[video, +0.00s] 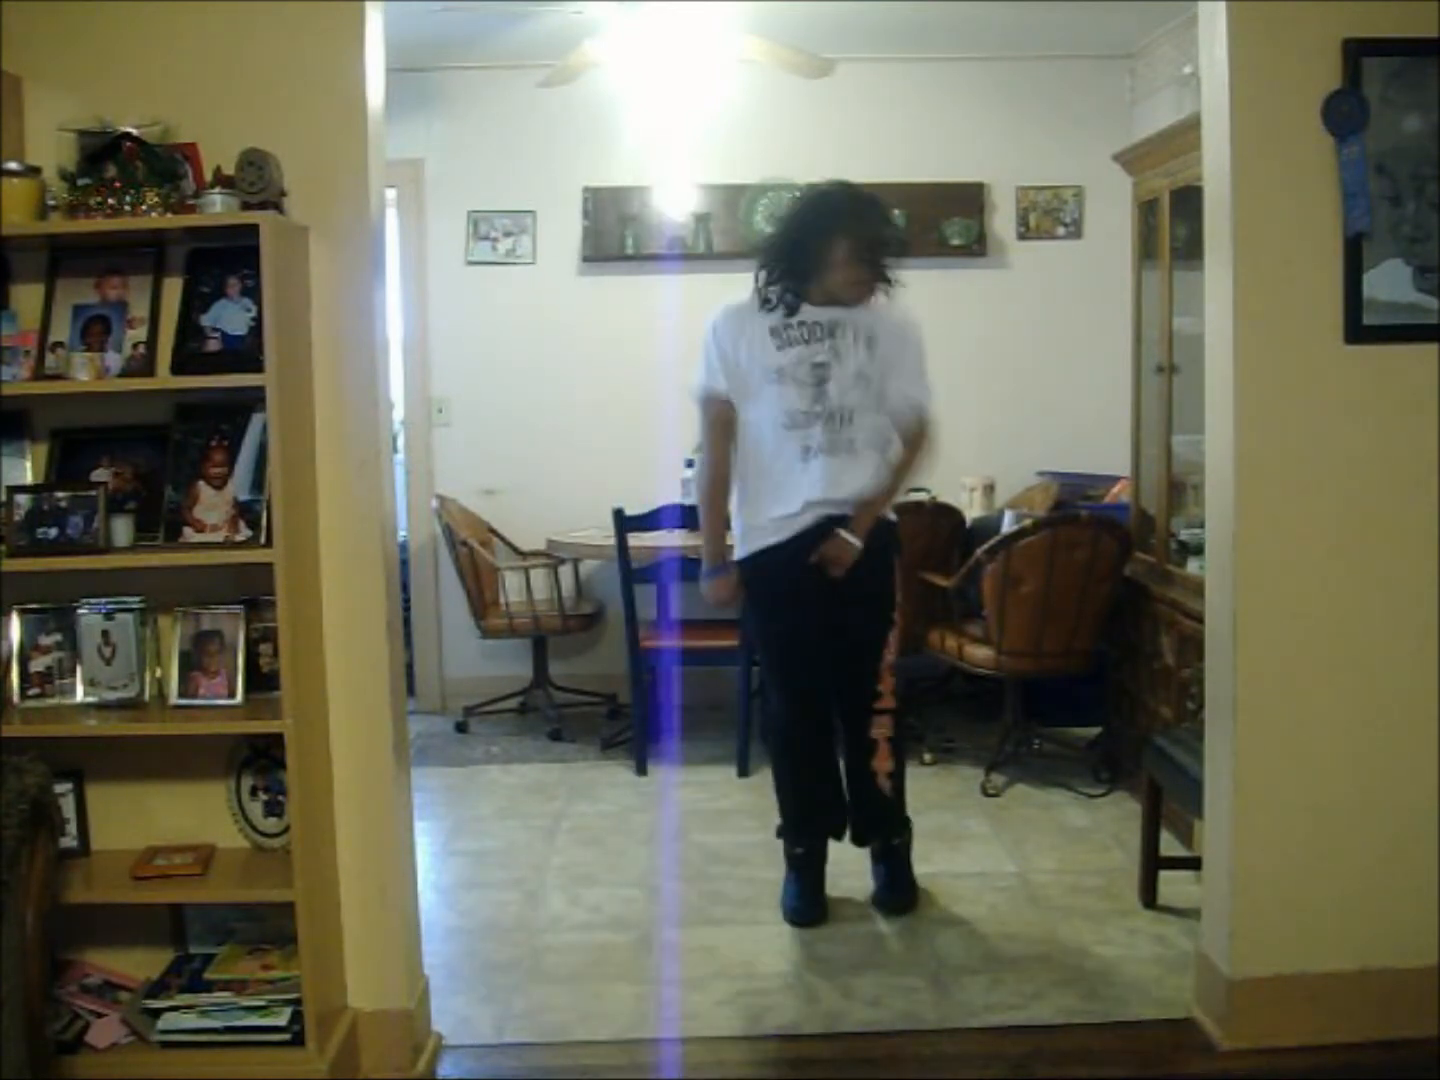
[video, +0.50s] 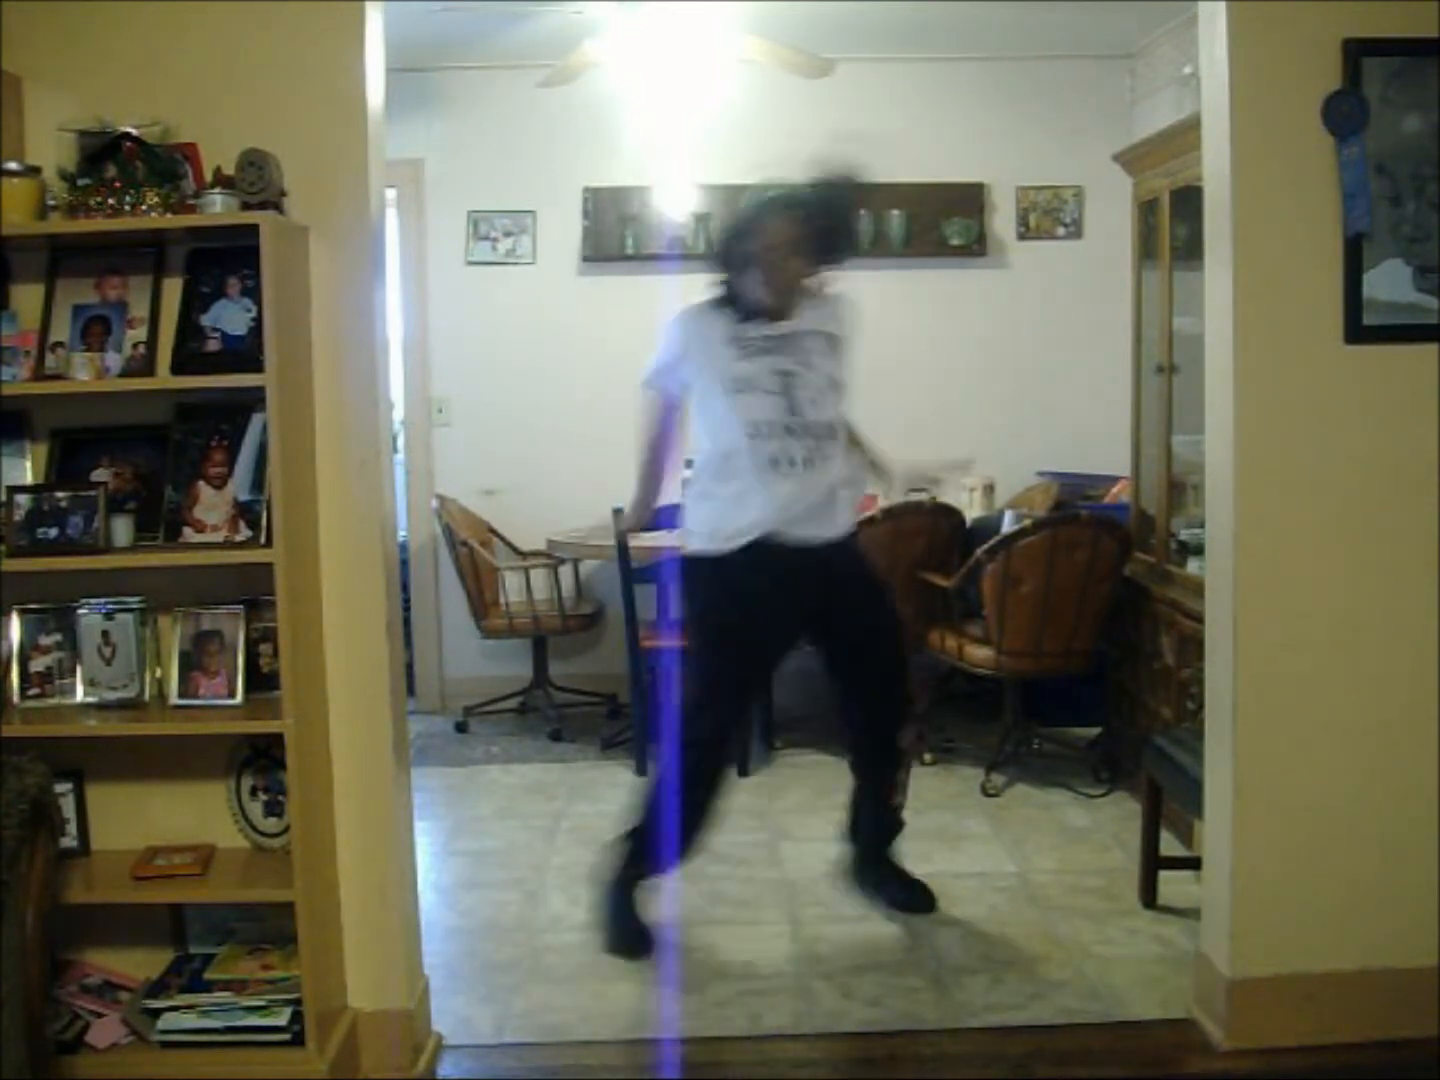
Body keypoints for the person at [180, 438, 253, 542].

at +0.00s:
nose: (219, 472)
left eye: (224, 467)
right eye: (213, 467)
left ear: (230, 469)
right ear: (203, 468)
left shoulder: (231, 488)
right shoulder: (199, 488)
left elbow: (236, 508)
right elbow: (186, 510)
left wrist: (234, 522)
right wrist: (199, 525)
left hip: (225, 532)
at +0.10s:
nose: (219, 472)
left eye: (224, 467)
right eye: (213, 466)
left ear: (230, 469)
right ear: (203, 468)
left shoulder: (231, 488)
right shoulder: (199, 488)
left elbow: (236, 509)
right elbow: (186, 510)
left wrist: (234, 523)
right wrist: (198, 525)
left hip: (225, 532)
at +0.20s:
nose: (219, 472)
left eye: (224, 467)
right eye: (213, 466)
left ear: (231, 469)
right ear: (203, 468)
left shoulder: (231, 488)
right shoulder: (199, 488)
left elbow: (236, 509)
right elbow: (186, 510)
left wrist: (234, 524)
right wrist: (197, 525)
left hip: (225, 533)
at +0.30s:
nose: (219, 472)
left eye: (224, 467)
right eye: (213, 466)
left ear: (230, 469)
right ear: (203, 468)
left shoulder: (231, 488)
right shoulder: (199, 488)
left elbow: (236, 509)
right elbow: (186, 510)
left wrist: (234, 523)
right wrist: (198, 525)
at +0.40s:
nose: (219, 472)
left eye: (224, 467)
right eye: (213, 466)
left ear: (230, 469)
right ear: (203, 468)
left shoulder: (231, 488)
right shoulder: (199, 488)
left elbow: (236, 509)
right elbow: (187, 510)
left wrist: (234, 524)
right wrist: (198, 525)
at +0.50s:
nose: (219, 472)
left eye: (224, 467)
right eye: (213, 466)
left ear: (230, 469)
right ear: (203, 468)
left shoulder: (231, 488)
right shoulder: (199, 488)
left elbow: (236, 509)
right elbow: (187, 510)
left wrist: (234, 524)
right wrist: (198, 525)